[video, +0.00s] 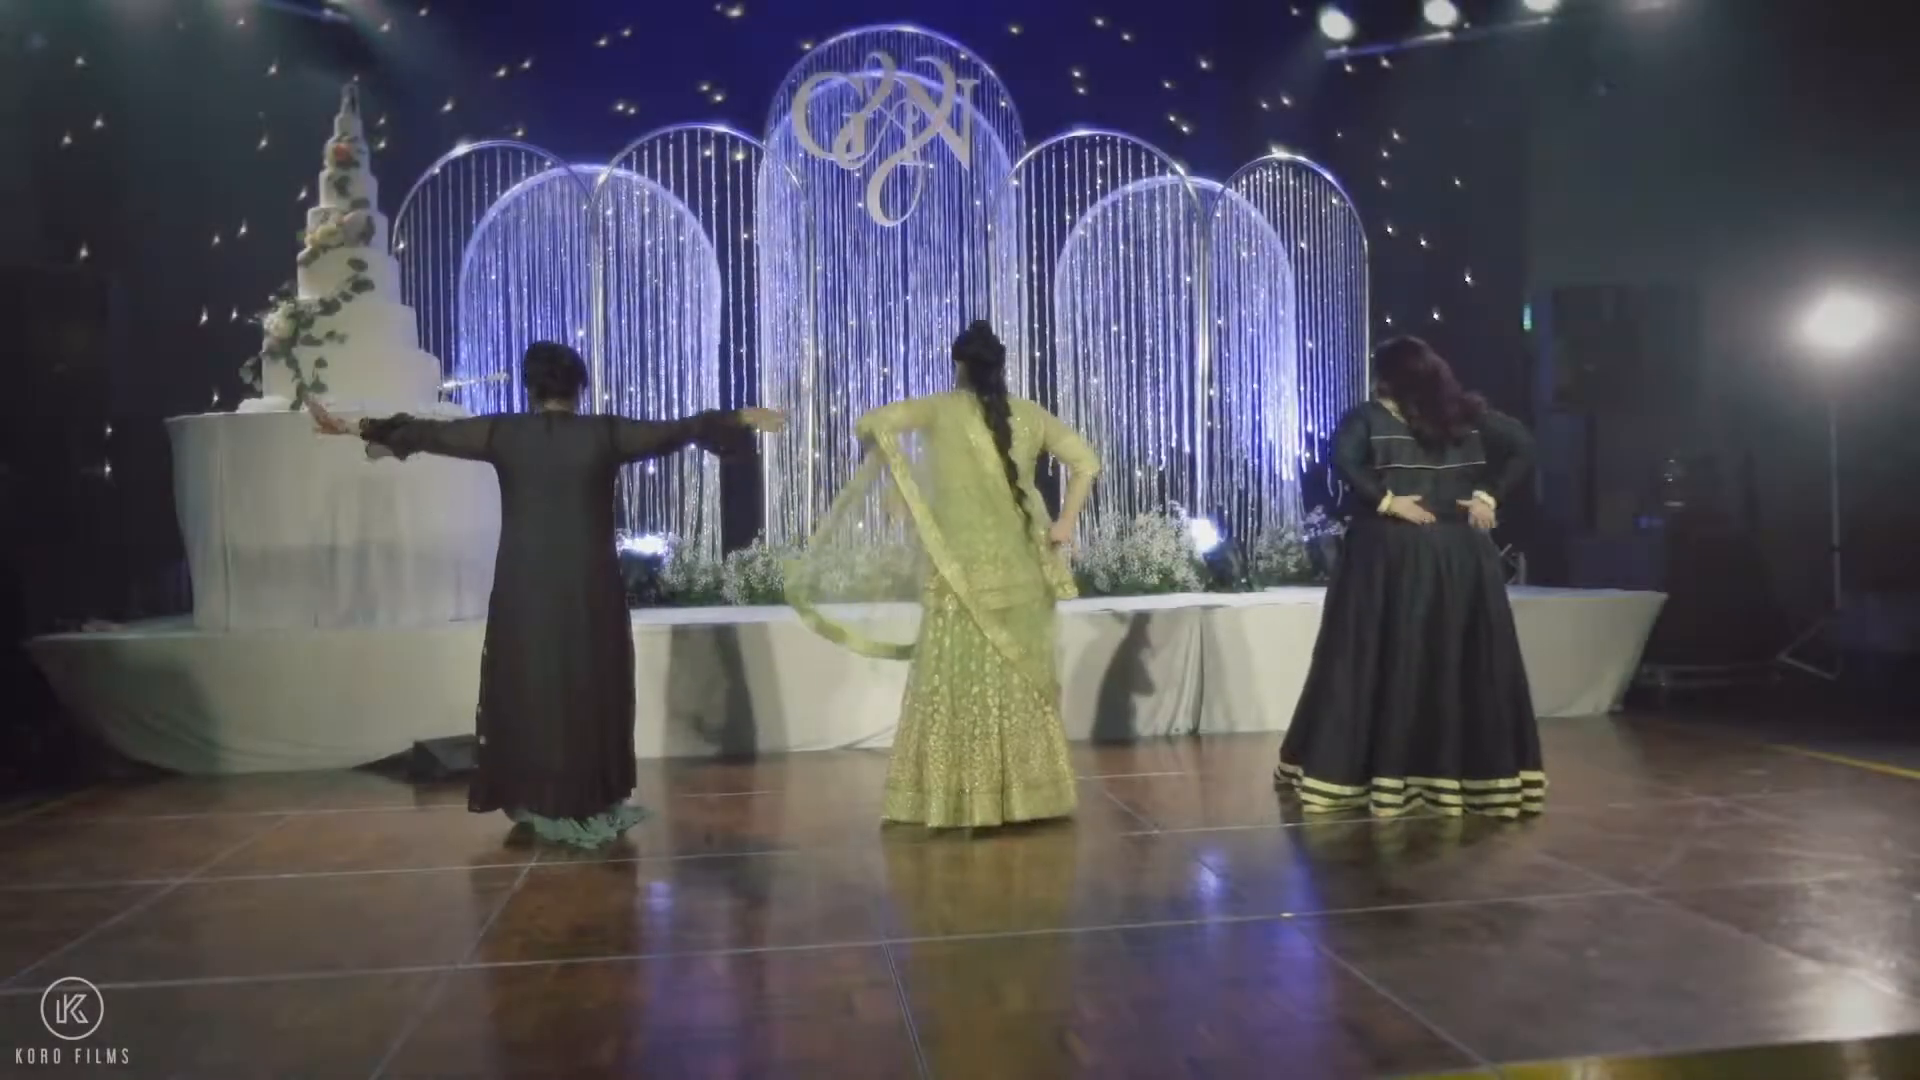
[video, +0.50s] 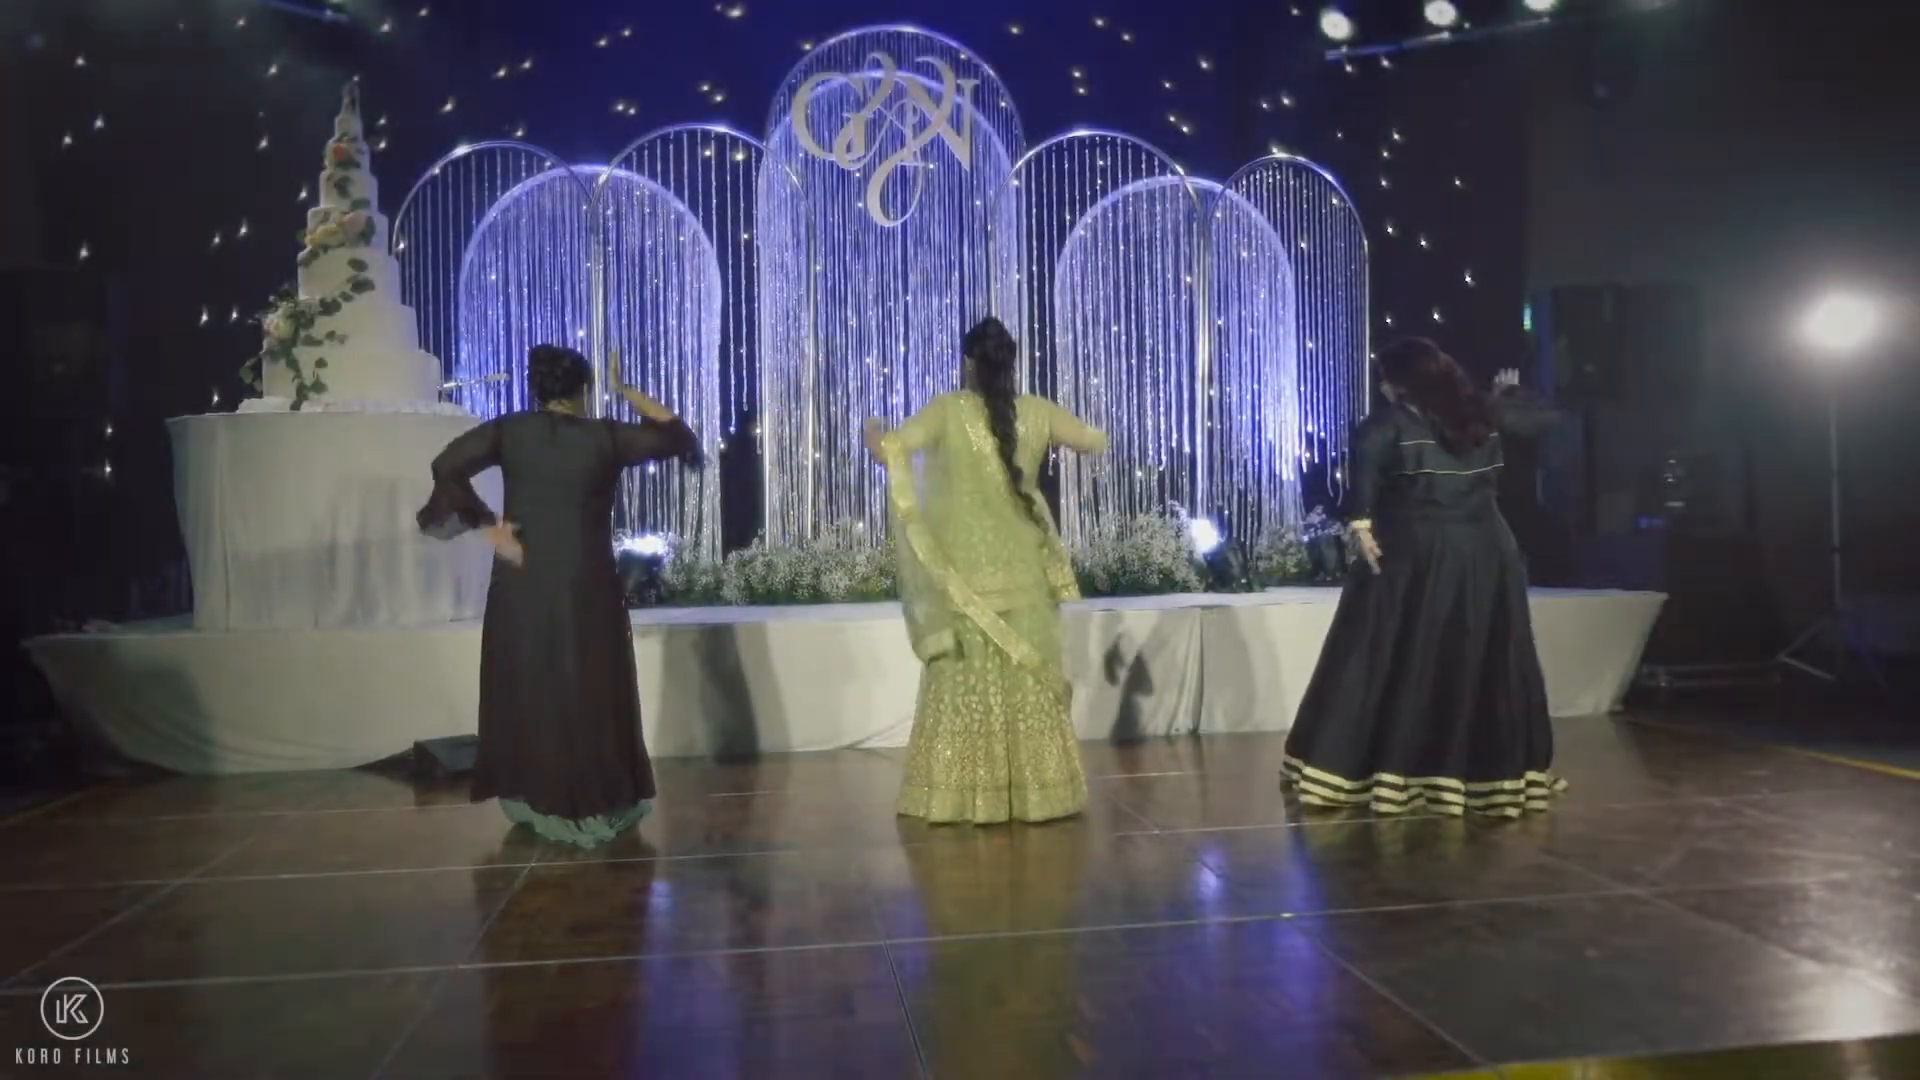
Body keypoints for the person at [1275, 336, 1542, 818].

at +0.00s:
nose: (1375, 389)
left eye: (1377, 380)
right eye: (1376, 381)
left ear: (1386, 380)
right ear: (1433, 372)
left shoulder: (1369, 417)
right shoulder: (1466, 413)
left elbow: (1343, 459)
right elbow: (1522, 443)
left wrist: (1388, 501)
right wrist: (1492, 494)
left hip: (1393, 562)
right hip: (1463, 560)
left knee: (1390, 666)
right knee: (1459, 667)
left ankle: (1388, 780)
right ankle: (1459, 780)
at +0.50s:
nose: (1380, 390)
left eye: (1382, 382)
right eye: (1380, 382)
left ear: (1397, 384)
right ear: (1440, 373)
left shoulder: (1392, 423)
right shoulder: (1478, 415)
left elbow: (1368, 457)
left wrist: (1360, 518)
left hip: (1424, 551)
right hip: (1487, 547)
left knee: (1410, 661)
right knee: (1483, 660)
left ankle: (1405, 776)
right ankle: (1486, 777)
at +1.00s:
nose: (1388, 394)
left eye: (1391, 384)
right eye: (1387, 385)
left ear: (1408, 386)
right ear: (1448, 378)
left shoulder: (1406, 429)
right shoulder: (1487, 416)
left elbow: (1388, 485)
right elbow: (1540, 417)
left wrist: (1340, 510)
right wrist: (1524, 365)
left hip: (1426, 551)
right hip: (1489, 545)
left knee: (1419, 660)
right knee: (1487, 660)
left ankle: (1419, 777)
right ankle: (1492, 777)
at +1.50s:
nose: (1407, 387)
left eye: (1410, 379)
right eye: (1411, 379)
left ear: (1418, 383)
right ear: (1469, 374)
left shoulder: (1413, 424)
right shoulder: (1502, 409)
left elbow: (1348, 436)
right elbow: (1542, 373)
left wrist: (1326, 383)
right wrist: (1537, 310)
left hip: (1423, 546)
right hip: (1490, 544)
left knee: (1416, 661)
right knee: (1489, 663)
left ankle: (1415, 782)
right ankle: (1493, 782)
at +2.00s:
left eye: (1435, 359)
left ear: (1430, 372)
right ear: (1486, 369)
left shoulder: (1414, 421)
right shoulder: (1508, 408)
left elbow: (1356, 410)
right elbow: (1510, 351)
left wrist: (1337, 359)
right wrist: (1476, 301)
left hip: (1431, 546)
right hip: (1499, 545)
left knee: (1422, 659)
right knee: (1495, 661)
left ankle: (1417, 782)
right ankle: (1495, 782)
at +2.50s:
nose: (1401, 398)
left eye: (1403, 390)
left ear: (1415, 391)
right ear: (1463, 375)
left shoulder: (1415, 439)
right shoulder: (1497, 409)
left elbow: (1368, 491)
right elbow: (1516, 349)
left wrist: (1305, 496)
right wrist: (1526, 283)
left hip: (1439, 568)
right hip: (1508, 561)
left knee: (1427, 670)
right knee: (1505, 669)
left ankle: (1427, 783)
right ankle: (1507, 783)